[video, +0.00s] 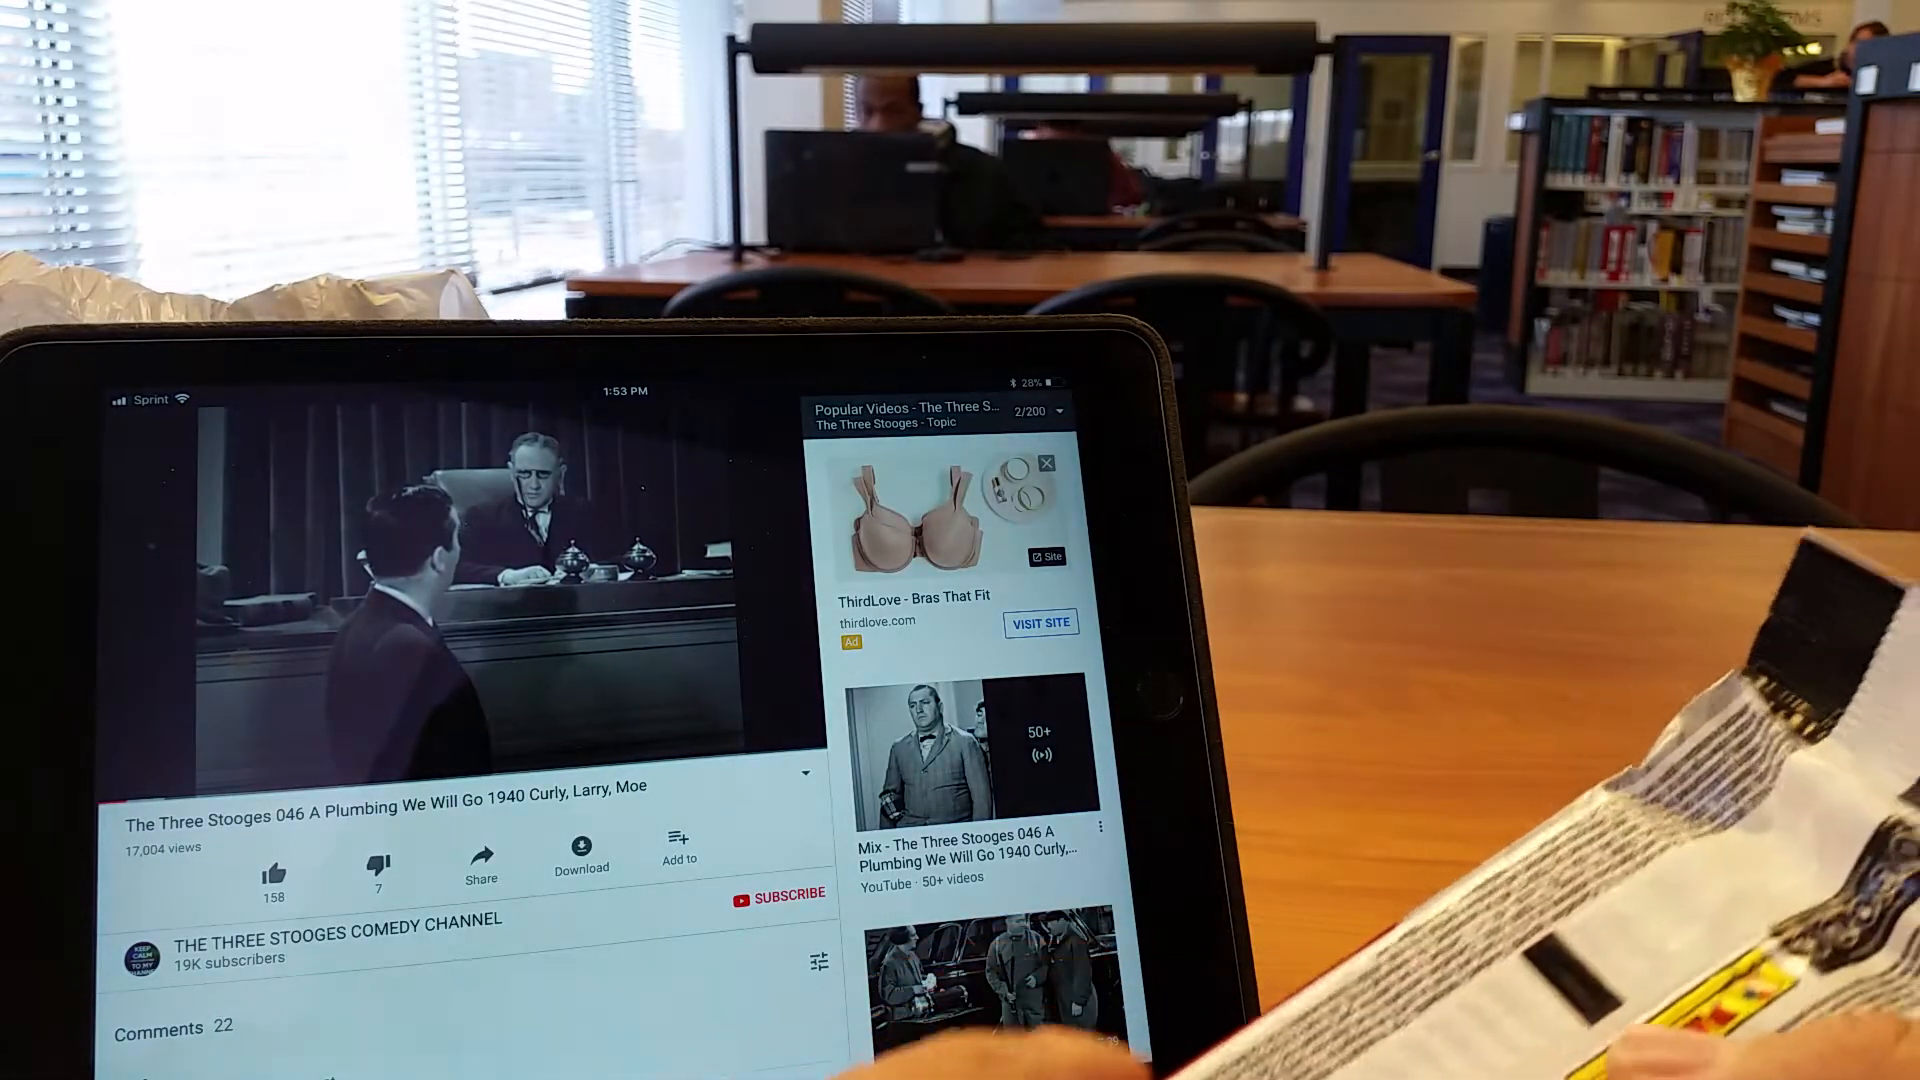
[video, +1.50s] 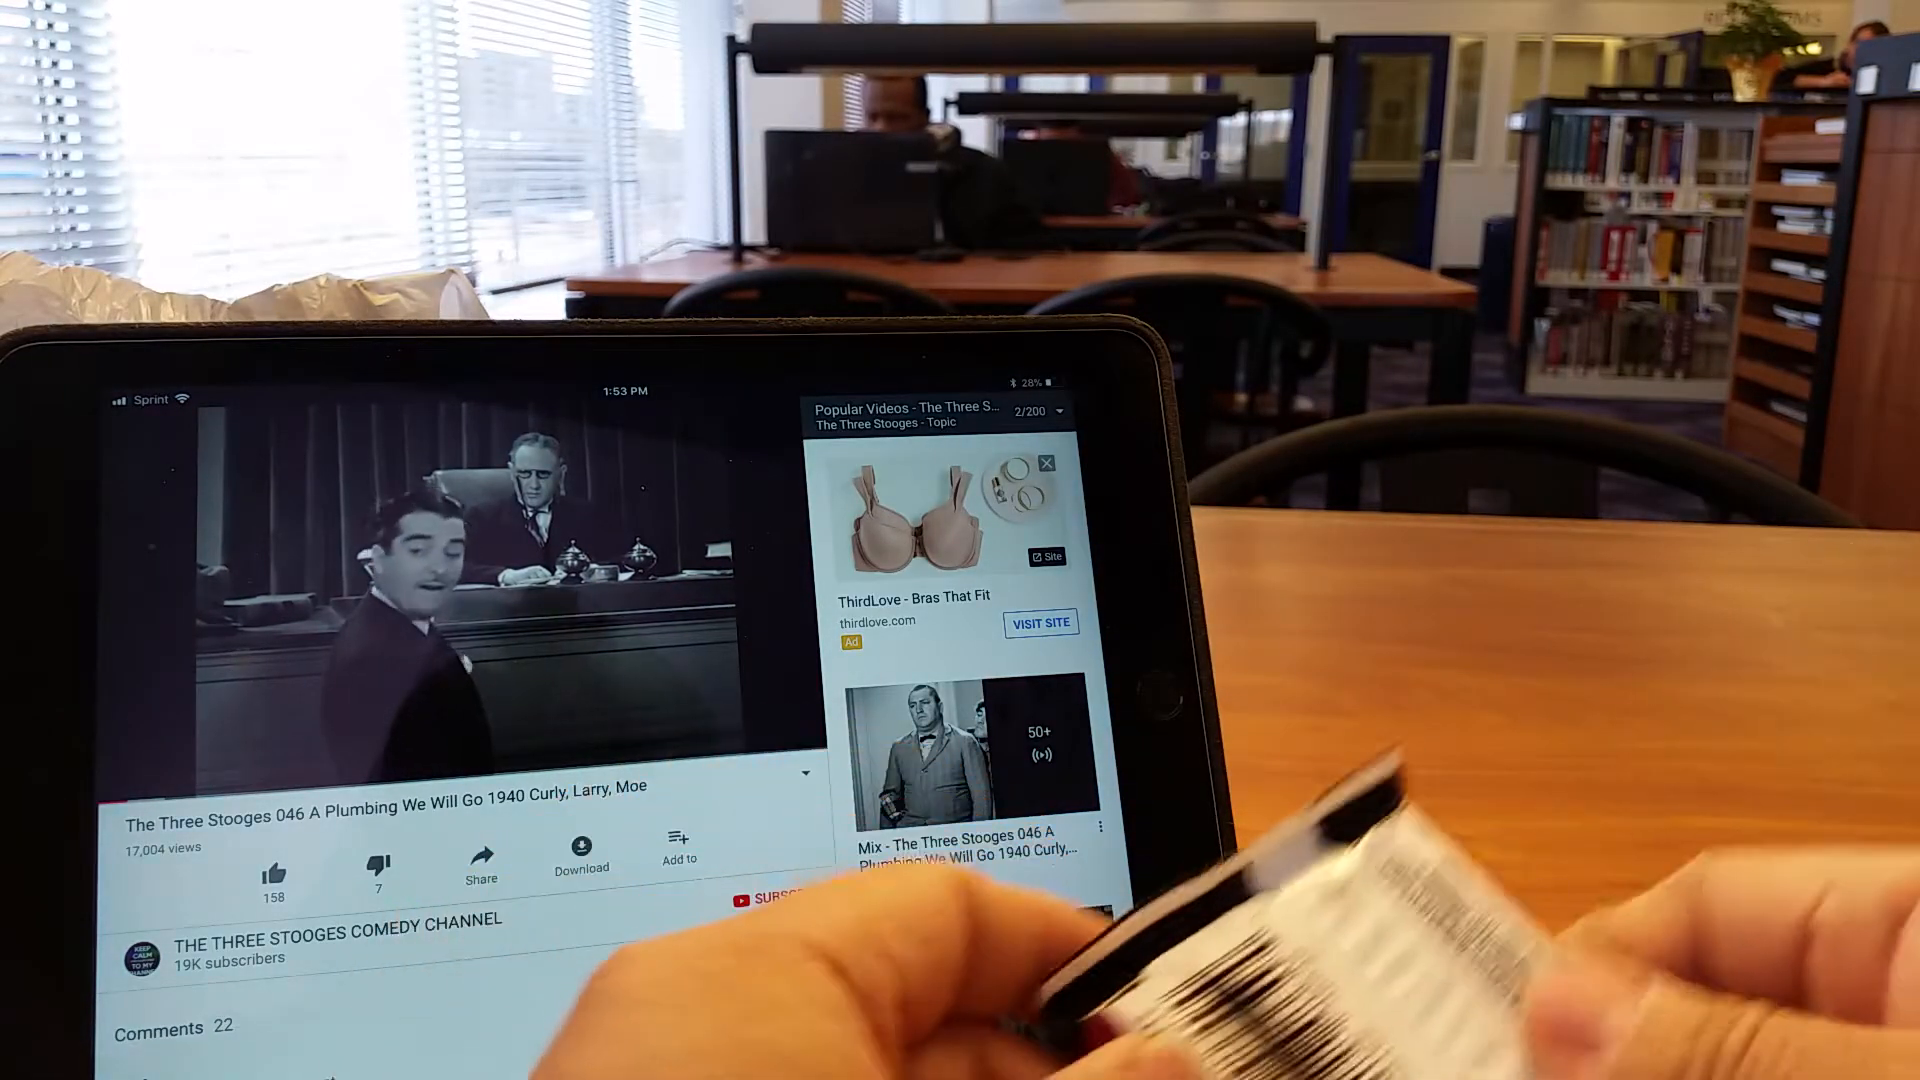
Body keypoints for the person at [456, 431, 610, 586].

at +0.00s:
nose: (533, 484)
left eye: (543, 475)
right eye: (524, 474)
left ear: (561, 473)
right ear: (512, 472)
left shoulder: (583, 515)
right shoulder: (483, 518)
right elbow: (456, 568)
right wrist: (504, 576)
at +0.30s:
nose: (533, 484)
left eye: (543, 475)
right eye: (524, 474)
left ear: (561, 472)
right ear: (511, 470)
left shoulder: (584, 515)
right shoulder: (483, 519)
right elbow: (455, 568)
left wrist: (591, 569)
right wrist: (505, 576)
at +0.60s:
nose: (533, 485)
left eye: (543, 475)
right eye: (524, 474)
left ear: (560, 473)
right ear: (511, 470)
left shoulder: (585, 515)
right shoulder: (484, 519)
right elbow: (454, 569)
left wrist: (597, 569)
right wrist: (504, 576)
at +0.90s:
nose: (533, 484)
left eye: (543, 475)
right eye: (524, 474)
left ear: (560, 473)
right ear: (511, 471)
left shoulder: (584, 516)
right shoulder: (484, 518)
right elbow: (453, 568)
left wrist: (592, 568)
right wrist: (504, 576)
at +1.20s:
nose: (533, 484)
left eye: (543, 475)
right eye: (524, 474)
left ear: (561, 473)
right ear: (511, 471)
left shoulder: (584, 515)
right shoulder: (486, 518)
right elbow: (458, 566)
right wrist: (504, 575)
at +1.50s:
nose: (533, 485)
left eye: (543, 475)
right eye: (525, 474)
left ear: (561, 474)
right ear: (511, 471)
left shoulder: (585, 515)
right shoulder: (484, 518)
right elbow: (458, 569)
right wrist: (504, 576)